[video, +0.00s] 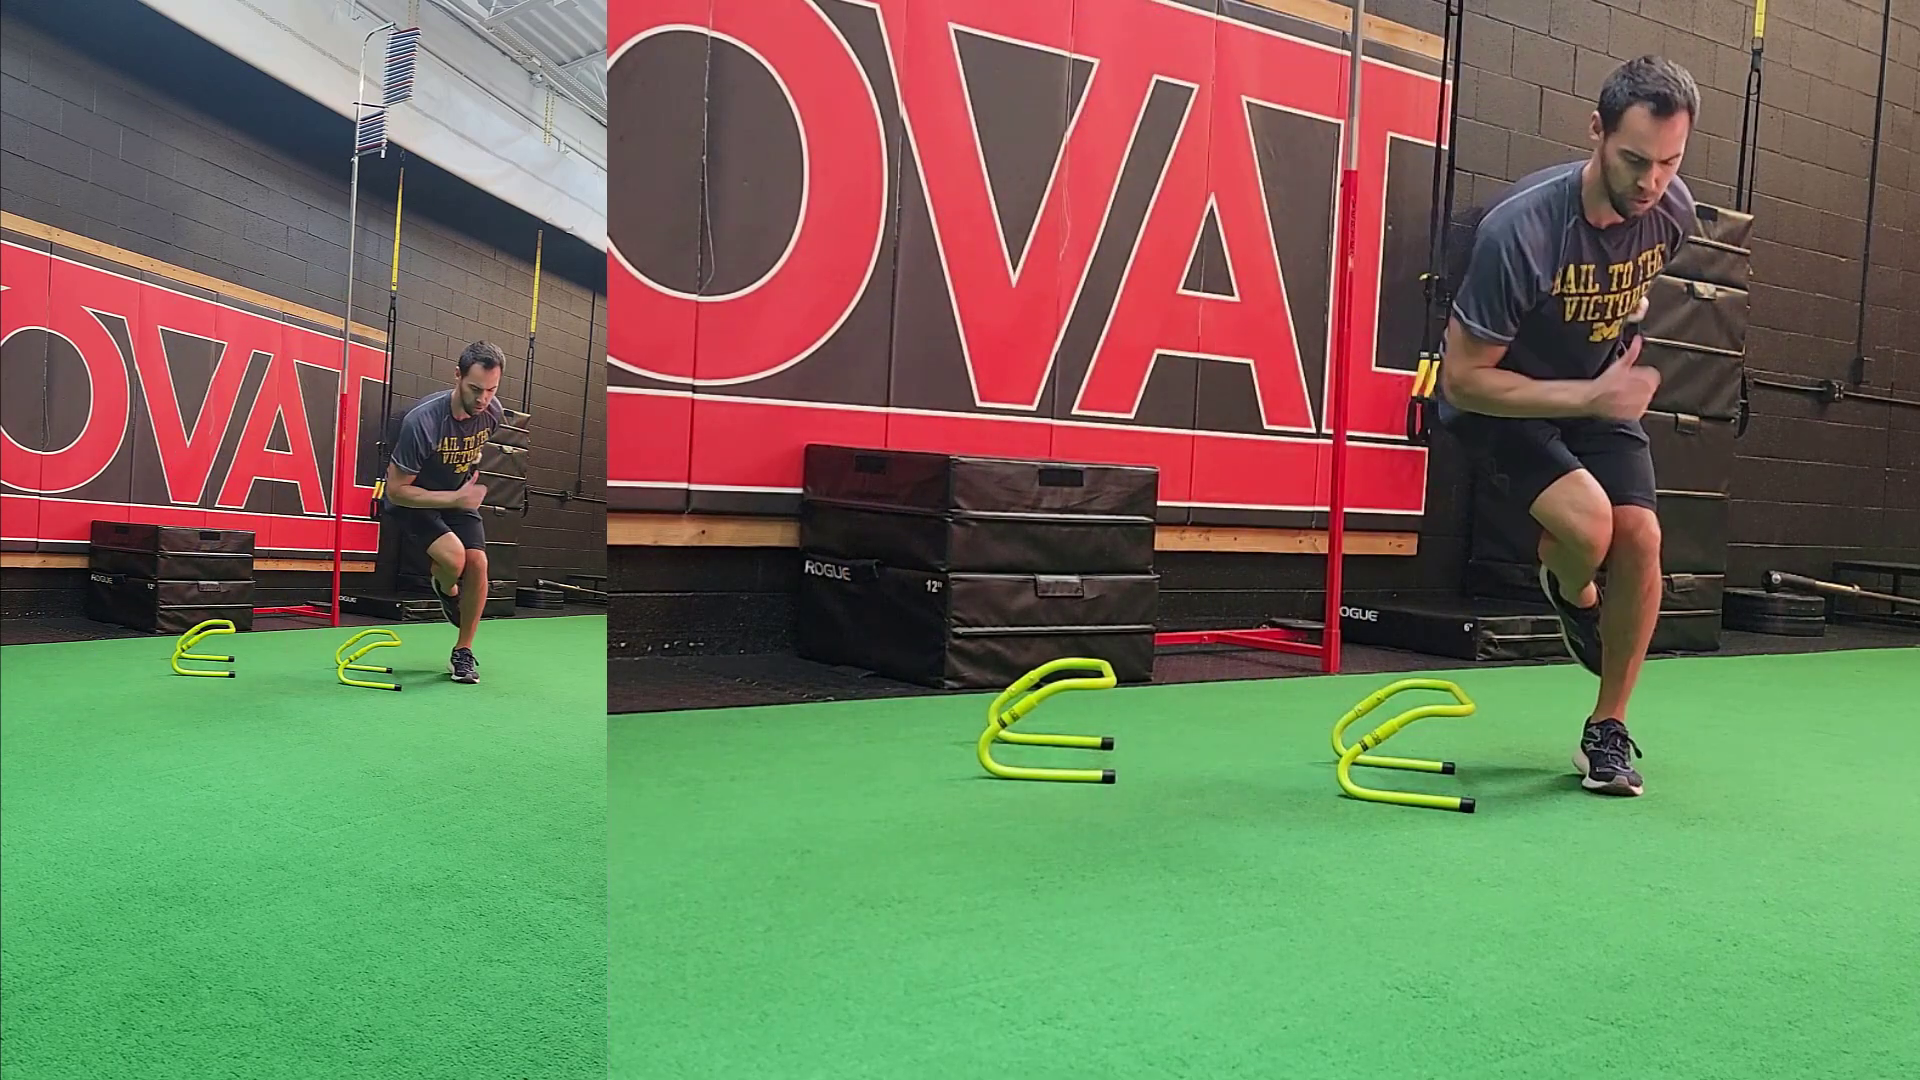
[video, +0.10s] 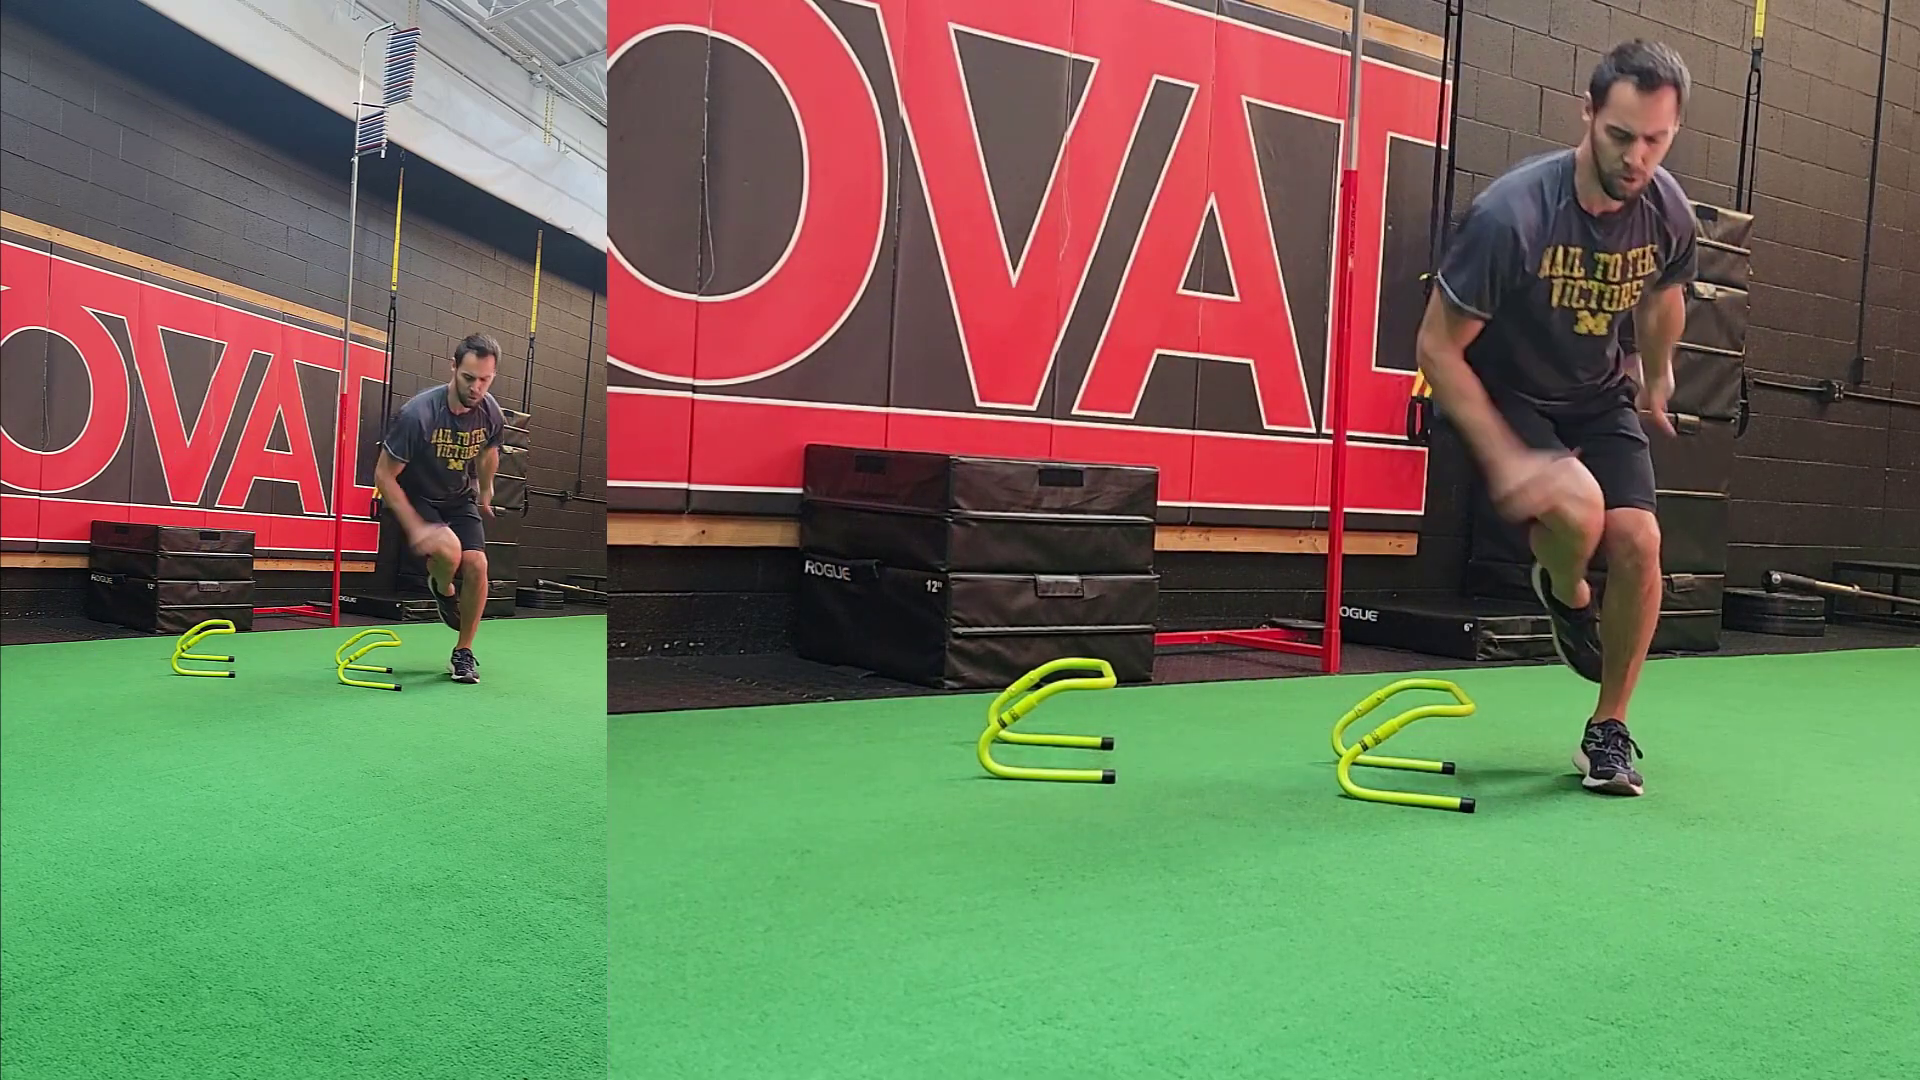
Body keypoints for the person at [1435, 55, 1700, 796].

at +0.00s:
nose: (1652, 182)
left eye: (1669, 164)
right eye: (1636, 160)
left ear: (1685, 149)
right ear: (1596, 135)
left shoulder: (1672, 211)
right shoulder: (1517, 230)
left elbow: (1618, 284)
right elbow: (1463, 380)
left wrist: (1619, 345)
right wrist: (1591, 397)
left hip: (1594, 392)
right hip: (1498, 397)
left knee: (1640, 537)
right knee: (1590, 522)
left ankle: (1609, 726)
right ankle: (1570, 592)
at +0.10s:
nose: (1638, 158)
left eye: (1656, 141)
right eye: (1624, 136)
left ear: (1674, 133)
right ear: (1589, 118)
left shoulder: (1668, 211)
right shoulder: (1509, 213)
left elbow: (1665, 295)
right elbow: (1436, 347)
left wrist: (1658, 384)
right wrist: (1508, 460)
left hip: (1601, 400)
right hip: (1508, 400)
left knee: (1637, 540)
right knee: (1580, 514)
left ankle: (1610, 725)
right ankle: (1568, 597)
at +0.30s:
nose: (1563, 98)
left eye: (1583, 81)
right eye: (1551, 75)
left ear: (1611, 81)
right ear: (1524, 64)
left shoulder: (1628, 181)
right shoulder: (1454, 163)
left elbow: (1633, 303)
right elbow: (1336, 245)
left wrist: (1647, 344)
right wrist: (1263, 329)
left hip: (1551, 374)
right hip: (1444, 347)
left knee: (1612, 544)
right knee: (1493, 445)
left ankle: (1603, 727)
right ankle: (1412, 549)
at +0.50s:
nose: (1432, 5)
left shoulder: (1503, 56)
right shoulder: (1326, 69)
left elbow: (1531, 169)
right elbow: (1269, 200)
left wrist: (1513, 234)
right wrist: (1245, 333)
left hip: (1453, 299)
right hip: (1340, 300)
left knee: (1507, 460)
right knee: (1321, 496)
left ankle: (1526, 617)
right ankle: (1249, 677)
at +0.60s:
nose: (1363, 13)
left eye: (1377, 6)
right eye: (1349, 7)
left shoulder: (1443, 68)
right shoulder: (1267, 75)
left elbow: (1475, 166)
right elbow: (1219, 204)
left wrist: (1484, 278)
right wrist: (1270, 279)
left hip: (1397, 280)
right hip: (1292, 282)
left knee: (1418, 387)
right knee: (1279, 511)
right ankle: (1236, 694)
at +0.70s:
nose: (1325, 4)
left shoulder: (1400, 40)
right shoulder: (1215, 37)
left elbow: (1427, 137)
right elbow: (1169, 159)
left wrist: (1422, 248)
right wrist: (1225, 192)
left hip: (1335, 266)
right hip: (1230, 269)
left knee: (1327, 419)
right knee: (1226, 460)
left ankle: (1303, 629)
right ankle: (1222, 657)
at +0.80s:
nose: (1252, 9)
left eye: (1265, 3)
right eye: (1238, 2)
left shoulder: (1340, 57)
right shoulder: (1159, 41)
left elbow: (1363, 180)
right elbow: (1119, 155)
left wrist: (1352, 297)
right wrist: (1114, 248)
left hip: (1280, 287)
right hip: (1176, 274)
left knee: (1259, 486)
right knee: (1141, 408)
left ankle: (1272, 705)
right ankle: (1177, 505)